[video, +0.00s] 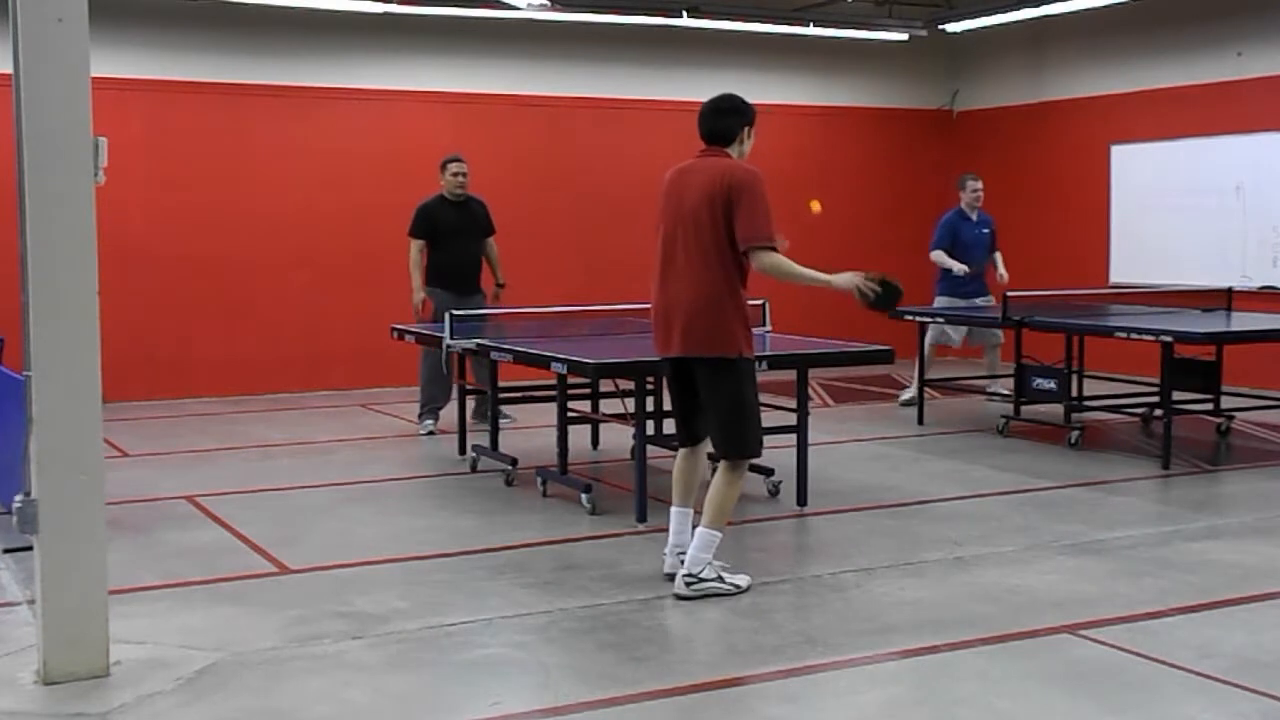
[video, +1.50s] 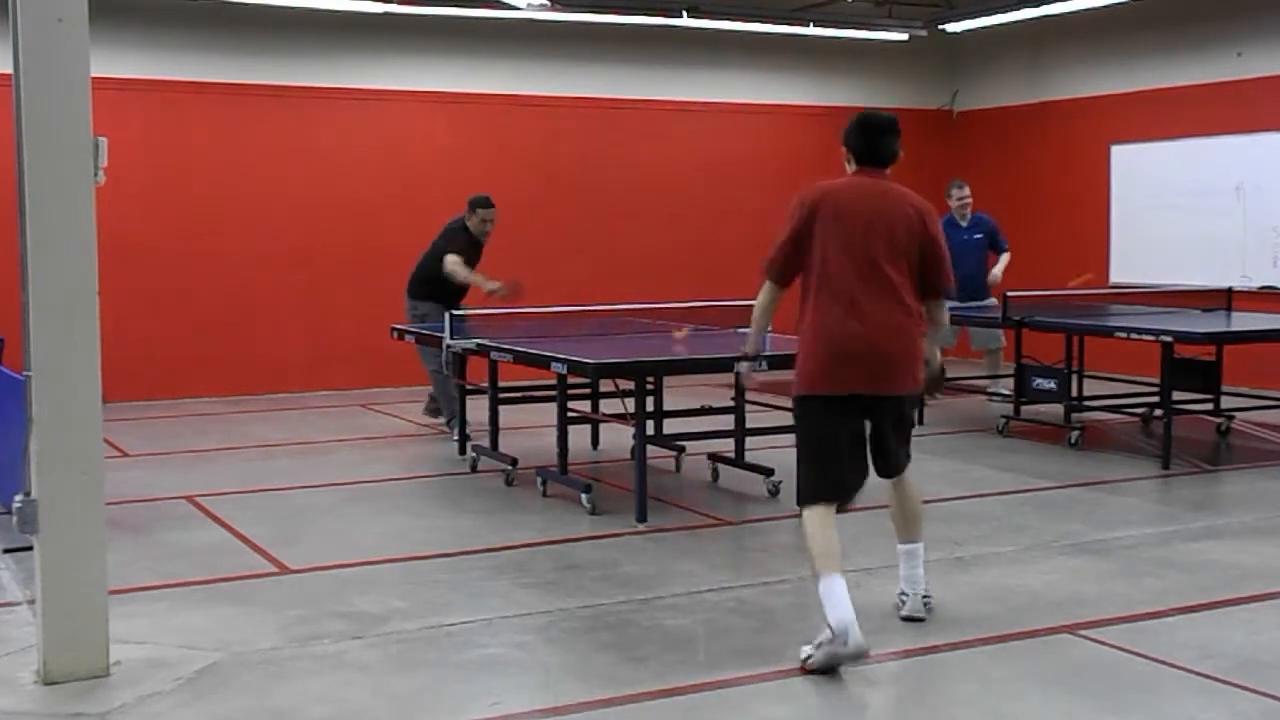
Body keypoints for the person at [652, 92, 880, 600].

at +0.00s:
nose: (752, 142)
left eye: (751, 133)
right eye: (752, 134)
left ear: (704, 133)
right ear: (742, 135)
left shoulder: (676, 177)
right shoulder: (741, 178)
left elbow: (688, 246)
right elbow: (764, 259)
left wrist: (759, 244)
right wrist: (833, 279)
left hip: (671, 329)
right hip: (718, 333)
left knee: (692, 441)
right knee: (736, 455)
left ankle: (676, 550)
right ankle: (697, 568)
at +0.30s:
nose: (737, 146)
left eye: (735, 138)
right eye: (736, 139)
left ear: (685, 140)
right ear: (727, 140)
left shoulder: (655, 188)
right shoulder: (741, 186)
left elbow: (640, 274)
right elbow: (758, 273)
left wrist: (688, 273)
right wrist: (725, 279)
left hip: (674, 343)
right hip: (730, 343)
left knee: (686, 446)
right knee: (736, 458)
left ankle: (676, 553)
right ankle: (697, 567)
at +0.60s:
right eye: (725, 134)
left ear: (683, 140)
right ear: (727, 139)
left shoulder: (662, 191)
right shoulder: (751, 187)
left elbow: (625, 268)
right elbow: (765, 262)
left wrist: (580, 316)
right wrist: (736, 306)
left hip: (691, 344)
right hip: (751, 341)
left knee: (692, 445)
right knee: (764, 456)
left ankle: (677, 552)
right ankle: (737, 550)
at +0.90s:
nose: (722, 152)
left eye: (721, 145)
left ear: (722, 150)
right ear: (766, 149)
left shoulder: (708, 199)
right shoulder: (793, 199)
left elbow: (702, 276)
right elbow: (804, 282)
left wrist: (684, 356)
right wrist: (782, 333)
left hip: (727, 354)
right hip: (792, 356)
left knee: (706, 445)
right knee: (823, 463)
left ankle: (679, 551)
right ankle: (873, 570)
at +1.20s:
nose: (798, 145)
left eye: (799, 137)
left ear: (804, 139)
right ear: (848, 140)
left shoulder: (792, 182)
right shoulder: (874, 190)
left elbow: (791, 257)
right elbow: (894, 268)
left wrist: (763, 346)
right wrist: (844, 256)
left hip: (804, 354)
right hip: (869, 356)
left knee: (750, 454)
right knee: (873, 475)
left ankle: (724, 569)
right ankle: (908, 589)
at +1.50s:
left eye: (844, 148)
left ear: (847, 154)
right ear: (897, 156)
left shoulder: (817, 201)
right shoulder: (918, 211)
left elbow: (775, 280)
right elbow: (937, 301)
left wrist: (752, 344)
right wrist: (935, 352)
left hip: (824, 365)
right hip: (895, 365)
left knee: (817, 498)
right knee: (898, 472)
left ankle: (841, 625)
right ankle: (914, 593)